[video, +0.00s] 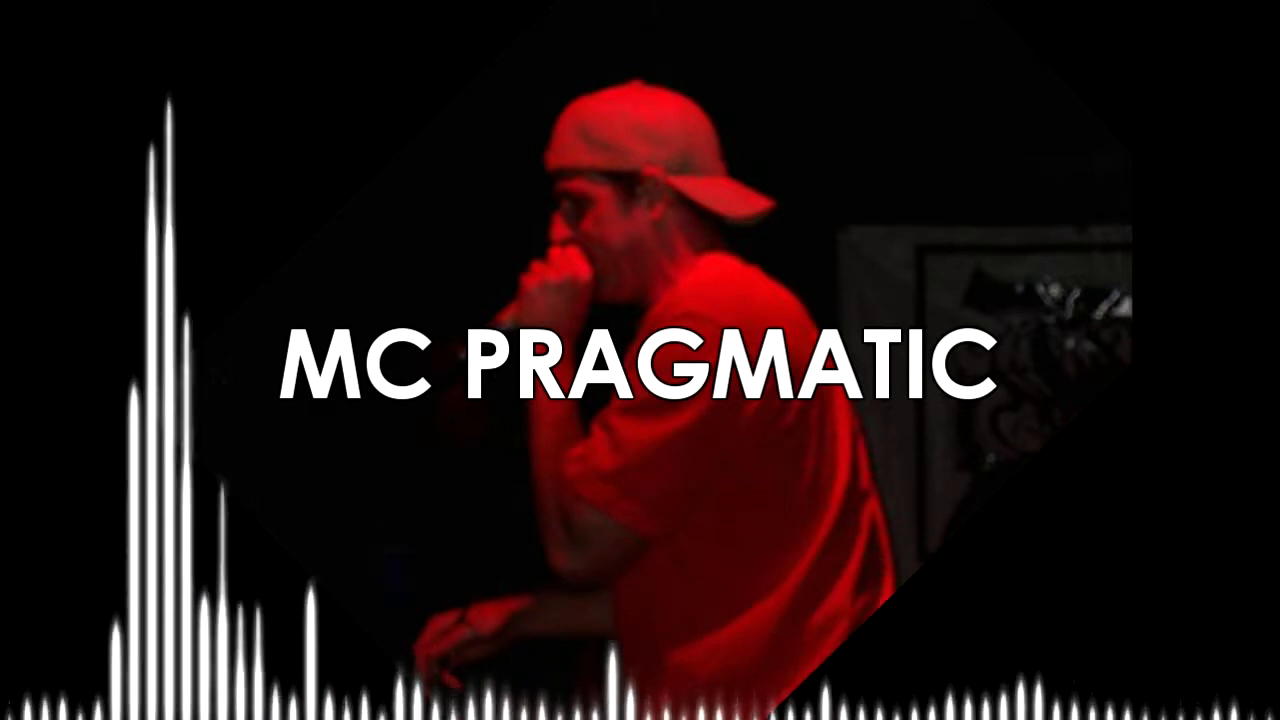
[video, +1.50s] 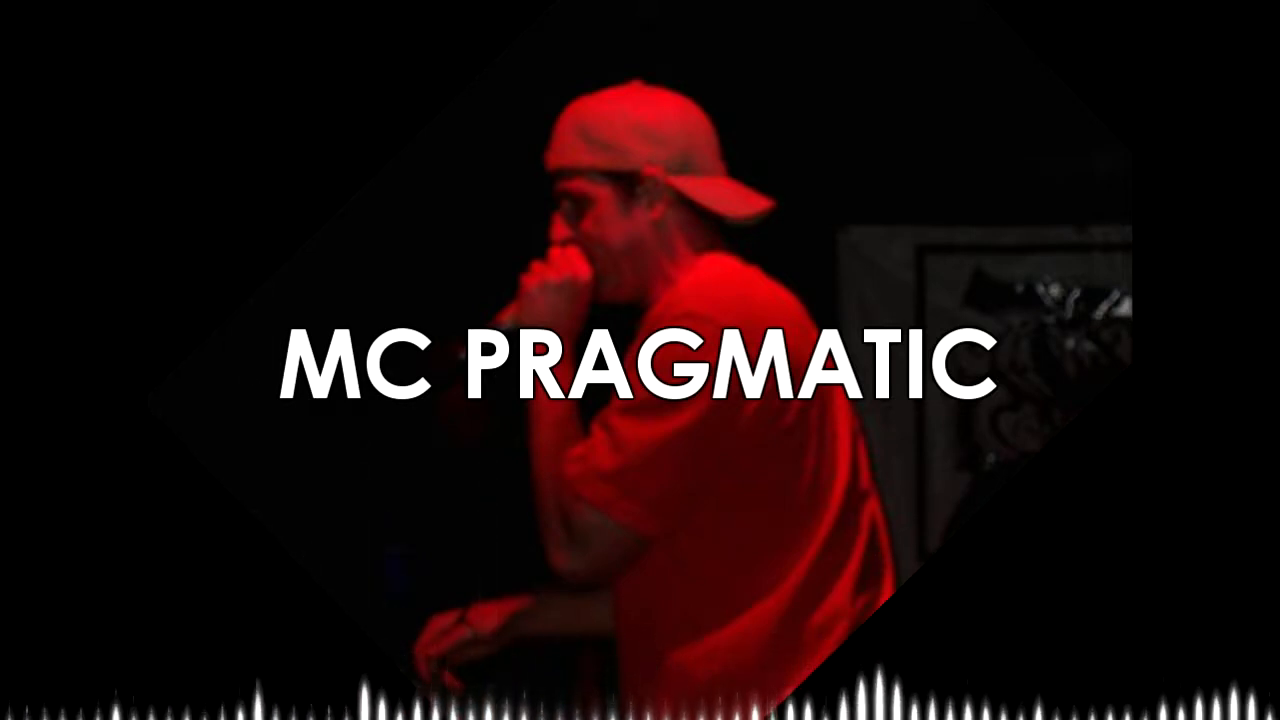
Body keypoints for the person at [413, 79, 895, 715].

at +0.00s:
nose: (560, 233)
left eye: (577, 207)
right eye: (560, 209)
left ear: (653, 198)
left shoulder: (706, 314)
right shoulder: (744, 303)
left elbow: (577, 544)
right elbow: (696, 579)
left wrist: (545, 347)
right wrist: (518, 620)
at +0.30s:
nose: (560, 233)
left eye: (577, 206)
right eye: (560, 209)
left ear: (652, 198)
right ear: (650, 200)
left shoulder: (706, 314)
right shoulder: (747, 303)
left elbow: (577, 543)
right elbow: (700, 578)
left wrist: (547, 347)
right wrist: (520, 619)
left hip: (736, 704)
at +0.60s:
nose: (560, 234)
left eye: (577, 207)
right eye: (560, 209)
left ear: (653, 198)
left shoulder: (706, 314)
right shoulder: (745, 303)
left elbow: (577, 544)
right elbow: (697, 580)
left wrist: (545, 347)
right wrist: (518, 619)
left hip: (737, 704)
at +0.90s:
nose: (560, 233)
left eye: (577, 206)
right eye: (560, 208)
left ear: (652, 199)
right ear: (649, 200)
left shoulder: (706, 315)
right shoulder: (748, 304)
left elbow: (578, 543)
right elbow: (698, 577)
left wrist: (546, 348)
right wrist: (515, 620)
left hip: (738, 705)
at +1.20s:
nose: (559, 233)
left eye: (577, 206)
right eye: (559, 209)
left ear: (652, 199)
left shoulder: (707, 313)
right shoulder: (746, 304)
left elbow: (577, 543)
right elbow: (696, 580)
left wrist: (545, 348)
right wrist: (516, 619)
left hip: (744, 704)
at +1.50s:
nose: (560, 234)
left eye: (577, 206)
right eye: (559, 209)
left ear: (652, 198)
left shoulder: (707, 313)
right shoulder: (744, 303)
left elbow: (577, 544)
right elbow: (697, 581)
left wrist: (545, 347)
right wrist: (518, 620)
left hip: (738, 705)